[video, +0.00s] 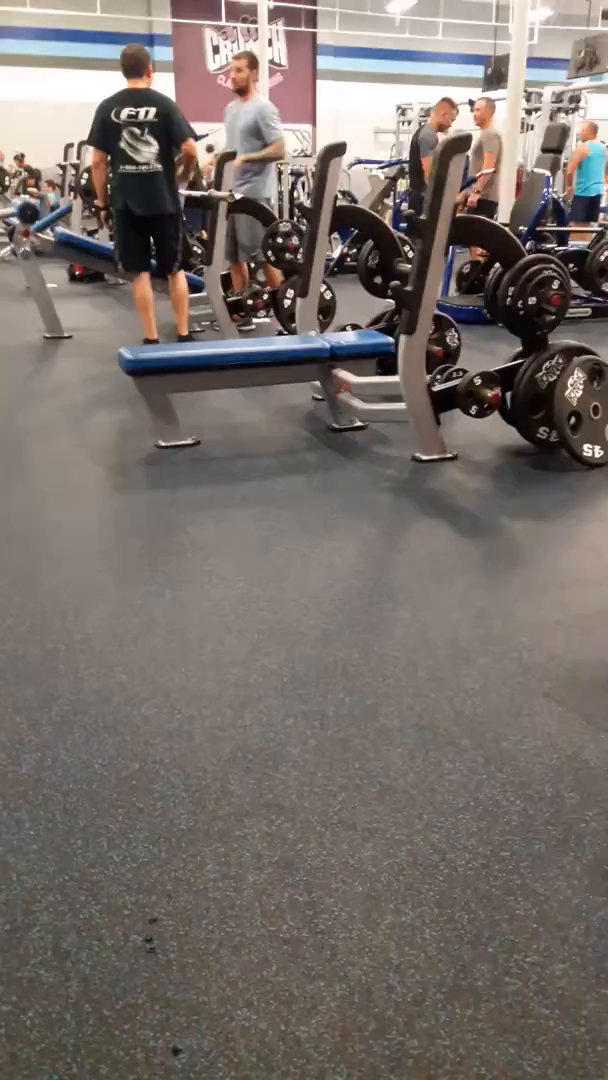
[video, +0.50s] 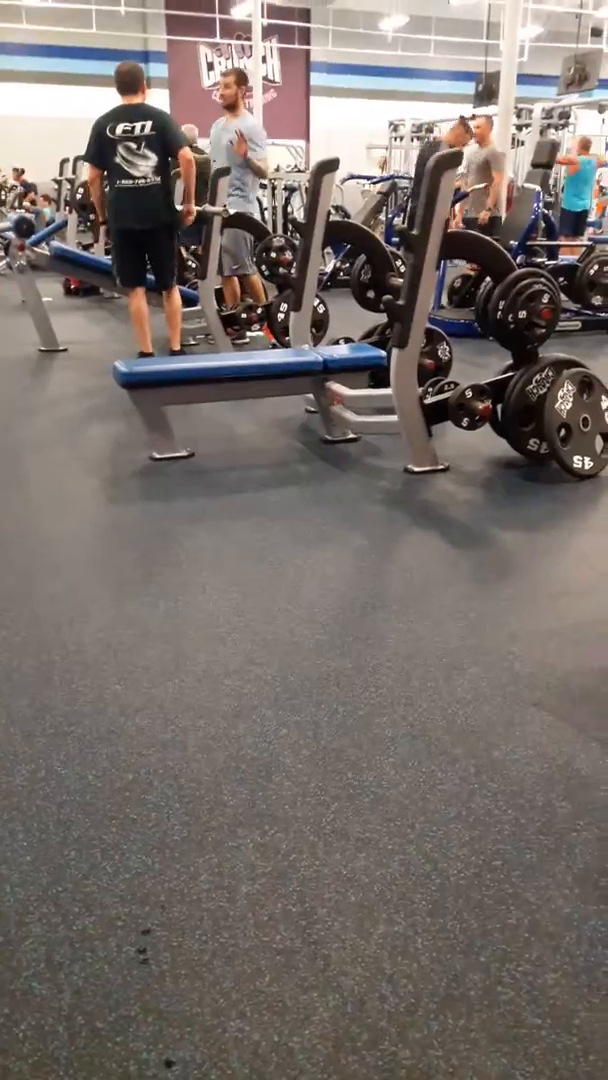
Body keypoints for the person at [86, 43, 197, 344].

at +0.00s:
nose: (153, 72)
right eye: (152, 68)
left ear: (122, 71)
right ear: (149, 70)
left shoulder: (107, 107)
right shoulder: (164, 104)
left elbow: (98, 161)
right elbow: (189, 150)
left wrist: (102, 202)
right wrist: (182, 175)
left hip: (125, 198)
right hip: (162, 197)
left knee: (138, 273)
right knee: (175, 270)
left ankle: (151, 339)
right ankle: (183, 335)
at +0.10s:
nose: (150, 74)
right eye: (149, 70)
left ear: (120, 73)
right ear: (147, 72)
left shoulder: (105, 109)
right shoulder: (162, 107)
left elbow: (96, 163)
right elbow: (184, 152)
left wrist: (100, 205)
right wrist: (180, 189)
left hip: (124, 200)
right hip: (161, 199)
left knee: (138, 275)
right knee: (174, 272)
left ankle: (150, 340)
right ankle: (182, 336)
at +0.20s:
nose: (148, 80)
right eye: (147, 76)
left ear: (118, 79)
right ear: (145, 78)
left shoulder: (103, 115)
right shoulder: (160, 112)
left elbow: (94, 169)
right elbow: (182, 156)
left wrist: (99, 211)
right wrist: (180, 195)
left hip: (123, 207)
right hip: (160, 204)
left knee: (137, 280)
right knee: (173, 276)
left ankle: (149, 345)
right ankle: (181, 340)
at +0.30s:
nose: (147, 84)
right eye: (146, 80)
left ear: (116, 83)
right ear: (144, 81)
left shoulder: (102, 118)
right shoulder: (159, 113)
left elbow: (94, 172)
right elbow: (182, 153)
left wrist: (99, 213)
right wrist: (185, 199)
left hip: (122, 209)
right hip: (159, 206)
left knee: (136, 283)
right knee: (171, 280)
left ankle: (148, 348)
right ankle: (179, 344)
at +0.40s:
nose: (148, 85)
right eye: (148, 81)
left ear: (118, 84)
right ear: (146, 82)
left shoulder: (104, 120)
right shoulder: (161, 114)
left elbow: (95, 173)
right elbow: (186, 151)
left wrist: (100, 214)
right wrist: (191, 196)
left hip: (123, 211)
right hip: (159, 208)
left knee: (137, 285)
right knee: (171, 283)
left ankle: (149, 349)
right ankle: (178, 346)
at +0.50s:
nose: (146, 88)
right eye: (146, 84)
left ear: (116, 88)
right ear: (144, 86)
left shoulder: (103, 123)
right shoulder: (160, 118)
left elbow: (93, 177)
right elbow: (186, 157)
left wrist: (101, 214)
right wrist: (190, 200)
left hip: (122, 215)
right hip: (159, 212)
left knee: (134, 289)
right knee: (169, 286)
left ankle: (146, 352)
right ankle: (176, 348)